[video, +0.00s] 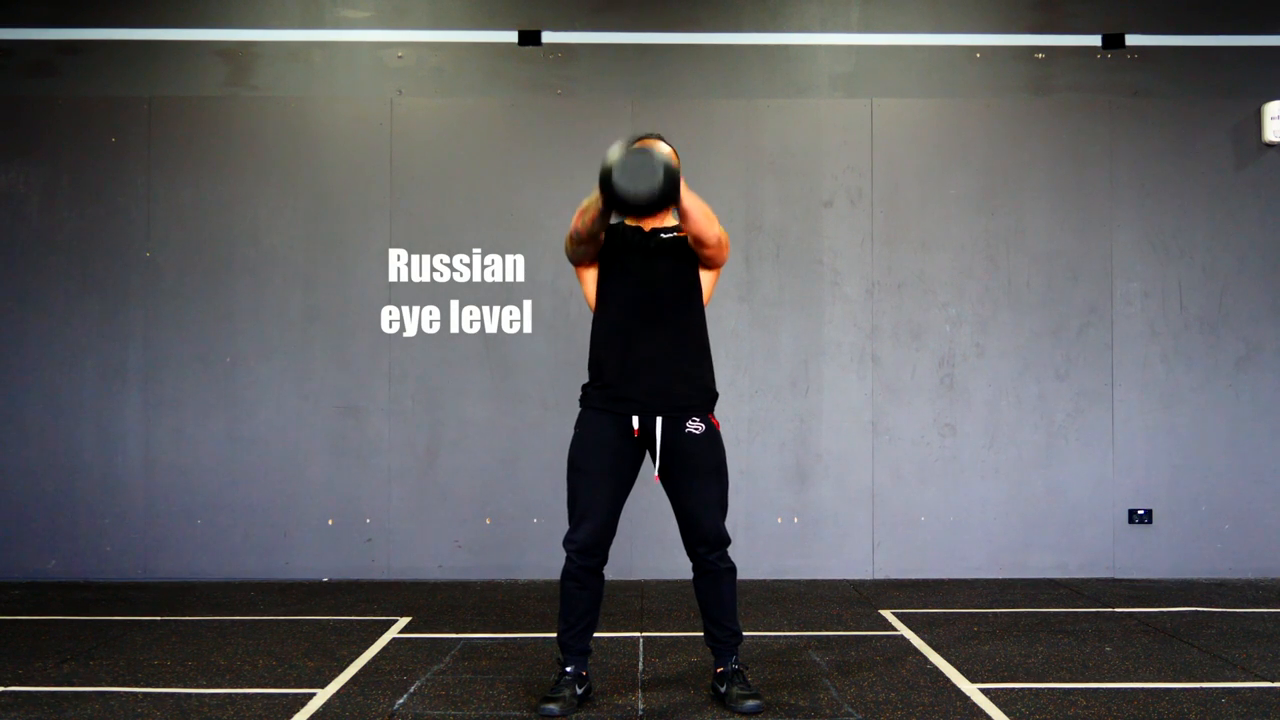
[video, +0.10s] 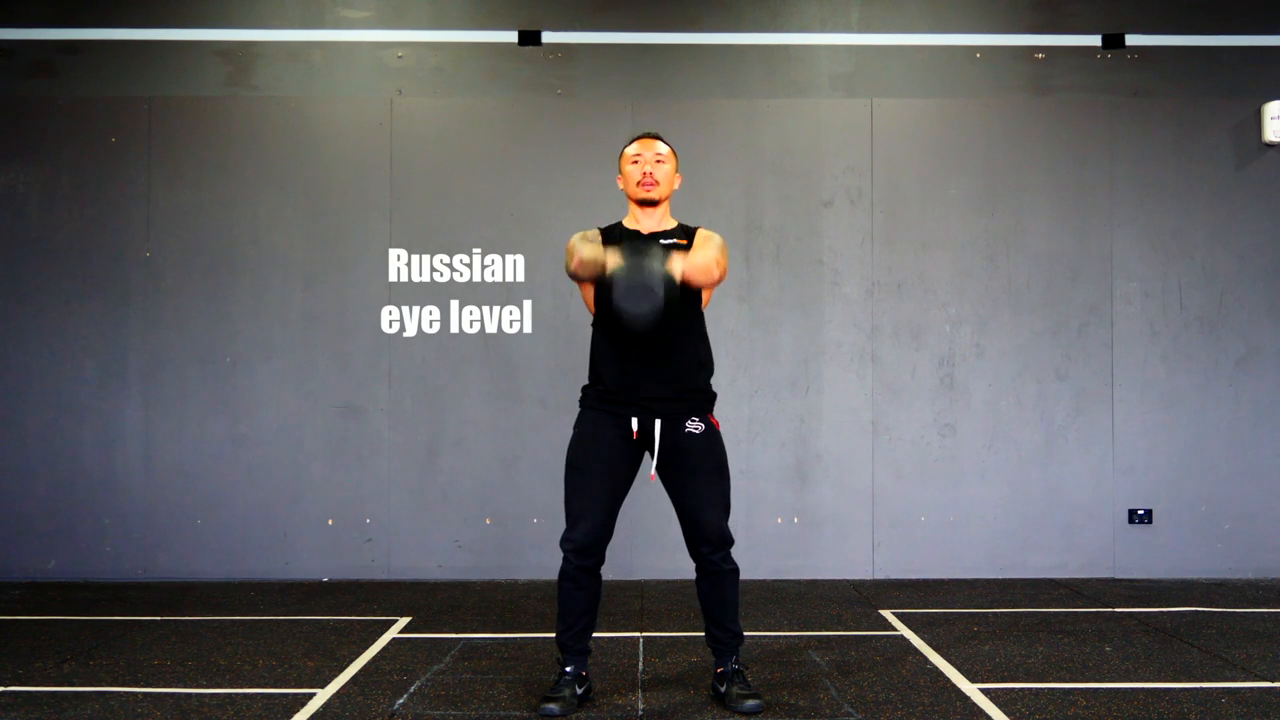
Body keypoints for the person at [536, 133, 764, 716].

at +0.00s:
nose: (650, 185)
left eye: (660, 171)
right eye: (639, 170)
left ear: (674, 185)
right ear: (620, 185)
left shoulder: (702, 247)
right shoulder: (594, 246)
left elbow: (711, 237)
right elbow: (581, 230)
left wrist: (673, 177)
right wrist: (610, 188)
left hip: (687, 413)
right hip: (609, 411)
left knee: (710, 545)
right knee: (584, 544)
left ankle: (729, 670)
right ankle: (572, 672)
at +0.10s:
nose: (647, 166)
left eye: (659, 159)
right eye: (636, 159)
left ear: (676, 179)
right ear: (620, 179)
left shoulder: (701, 240)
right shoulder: (596, 242)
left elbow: (707, 269)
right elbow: (581, 262)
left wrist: (668, 267)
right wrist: (607, 266)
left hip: (687, 415)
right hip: (608, 413)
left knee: (713, 543)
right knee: (581, 544)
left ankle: (729, 670)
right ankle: (571, 672)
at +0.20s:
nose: (646, 167)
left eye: (658, 159)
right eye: (635, 159)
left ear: (676, 179)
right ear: (619, 178)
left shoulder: (705, 249)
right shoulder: (588, 248)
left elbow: (699, 311)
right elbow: (590, 308)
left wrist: (669, 357)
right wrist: (619, 352)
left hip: (685, 413)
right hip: (608, 412)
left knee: (722, 544)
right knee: (572, 545)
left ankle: (730, 670)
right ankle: (571, 672)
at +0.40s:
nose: (645, 204)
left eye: (656, 194)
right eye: (633, 194)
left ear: (675, 207)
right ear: (616, 209)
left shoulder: (707, 288)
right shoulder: (583, 289)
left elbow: (696, 389)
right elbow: (593, 389)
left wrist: (672, 465)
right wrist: (617, 464)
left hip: (686, 440)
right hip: (604, 439)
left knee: (745, 537)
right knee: (548, 541)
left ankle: (733, 670)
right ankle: (569, 674)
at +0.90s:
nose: (642, 190)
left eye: (653, 180)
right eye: (630, 181)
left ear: (671, 192)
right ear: (614, 193)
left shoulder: (704, 263)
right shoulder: (581, 269)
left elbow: (696, 335)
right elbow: (591, 340)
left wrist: (673, 393)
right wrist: (618, 394)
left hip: (686, 426)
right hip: (603, 427)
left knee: (724, 553)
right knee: (571, 552)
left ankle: (730, 673)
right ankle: (572, 674)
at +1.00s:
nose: (644, 182)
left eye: (655, 174)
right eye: (632, 174)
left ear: (672, 190)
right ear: (616, 191)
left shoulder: (699, 251)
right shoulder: (588, 253)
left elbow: (699, 285)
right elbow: (589, 286)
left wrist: (668, 304)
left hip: (683, 415)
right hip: (606, 414)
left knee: (711, 542)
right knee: (580, 544)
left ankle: (728, 670)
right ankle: (572, 672)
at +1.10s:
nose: (643, 169)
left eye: (657, 165)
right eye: (631, 165)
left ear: (676, 188)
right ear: (615, 187)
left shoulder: (700, 251)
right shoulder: (591, 249)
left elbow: (707, 261)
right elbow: (576, 253)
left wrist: (664, 219)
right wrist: (613, 222)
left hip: (683, 415)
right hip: (606, 413)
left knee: (708, 544)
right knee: (581, 545)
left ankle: (729, 670)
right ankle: (572, 672)